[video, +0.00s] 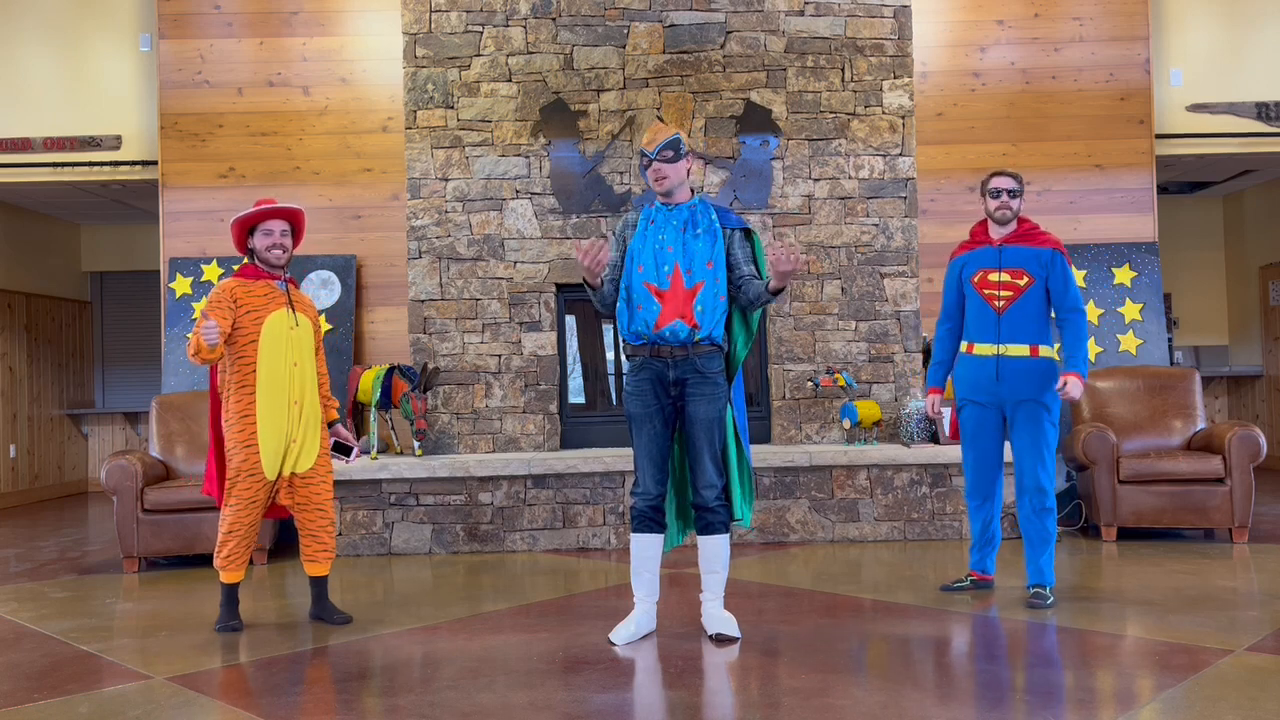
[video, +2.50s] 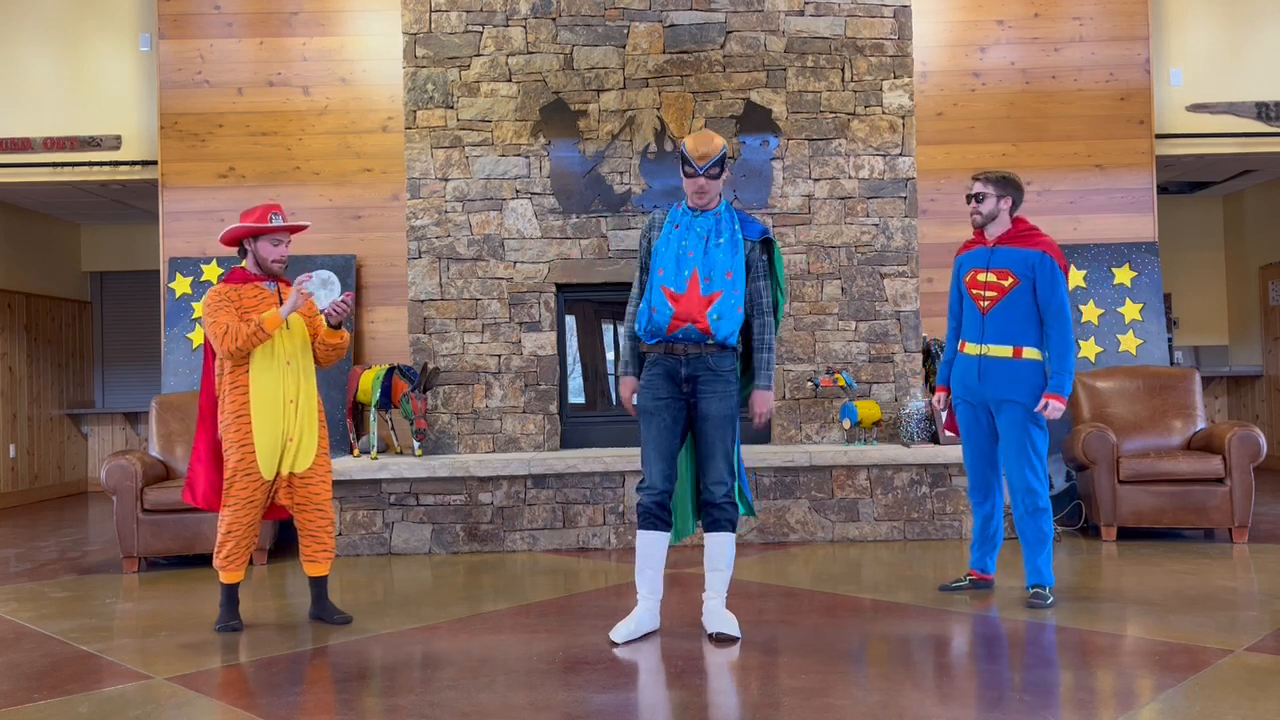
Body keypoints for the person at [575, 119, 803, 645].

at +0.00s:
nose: (656, 167)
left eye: (668, 156)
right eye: (649, 161)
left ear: (692, 164)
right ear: (644, 172)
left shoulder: (724, 222)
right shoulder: (631, 224)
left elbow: (747, 294)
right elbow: (608, 304)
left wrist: (775, 283)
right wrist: (595, 280)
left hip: (703, 365)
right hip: (643, 366)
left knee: (709, 485)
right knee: (648, 487)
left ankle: (713, 608)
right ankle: (644, 609)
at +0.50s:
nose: (667, 170)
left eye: (676, 159)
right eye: (656, 163)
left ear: (693, 164)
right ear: (645, 171)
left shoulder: (724, 223)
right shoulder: (632, 224)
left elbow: (748, 297)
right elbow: (606, 299)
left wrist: (777, 288)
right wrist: (582, 288)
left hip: (703, 365)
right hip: (644, 366)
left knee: (709, 486)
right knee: (648, 489)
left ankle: (714, 608)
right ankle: (644, 610)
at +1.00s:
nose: (669, 170)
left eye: (678, 159)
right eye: (658, 163)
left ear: (695, 165)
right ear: (646, 172)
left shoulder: (724, 224)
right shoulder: (632, 225)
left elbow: (750, 295)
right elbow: (605, 299)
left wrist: (781, 273)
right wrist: (581, 278)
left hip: (703, 365)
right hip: (644, 366)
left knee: (709, 485)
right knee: (648, 487)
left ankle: (714, 607)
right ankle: (644, 610)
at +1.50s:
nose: (673, 170)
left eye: (683, 159)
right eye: (662, 162)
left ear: (699, 165)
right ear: (651, 170)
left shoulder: (727, 225)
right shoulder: (636, 223)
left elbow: (751, 299)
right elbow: (610, 300)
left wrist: (780, 283)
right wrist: (585, 279)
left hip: (706, 365)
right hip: (646, 365)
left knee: (710, 485)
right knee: (649, 487)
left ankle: (714, 607)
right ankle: (644, 609)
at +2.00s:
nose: (692, 170)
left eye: (702, 161)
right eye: (682, 161)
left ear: (716, 166)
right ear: (669, 166)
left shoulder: (740, 226)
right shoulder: (646, 223)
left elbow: (762, 296)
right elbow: (616, 290)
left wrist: (770, 358)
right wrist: (600, 348)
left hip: (715, 366)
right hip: (654, 366)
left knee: (716, 488)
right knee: (653, 489)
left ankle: (715, 607)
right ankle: (644, 609)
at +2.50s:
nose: (699, 185)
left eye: (709, 176)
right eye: (691, 175)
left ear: (726, 175)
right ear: (681, 174)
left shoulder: (749, 233)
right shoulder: (658, 227)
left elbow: (763, 315)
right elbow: (636, 300)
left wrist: (764, 384)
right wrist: (628, 367)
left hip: (718, 367)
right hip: (658, 366)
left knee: (717, 486)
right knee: (655, 485)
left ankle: (716, 606)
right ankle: (647, 607)